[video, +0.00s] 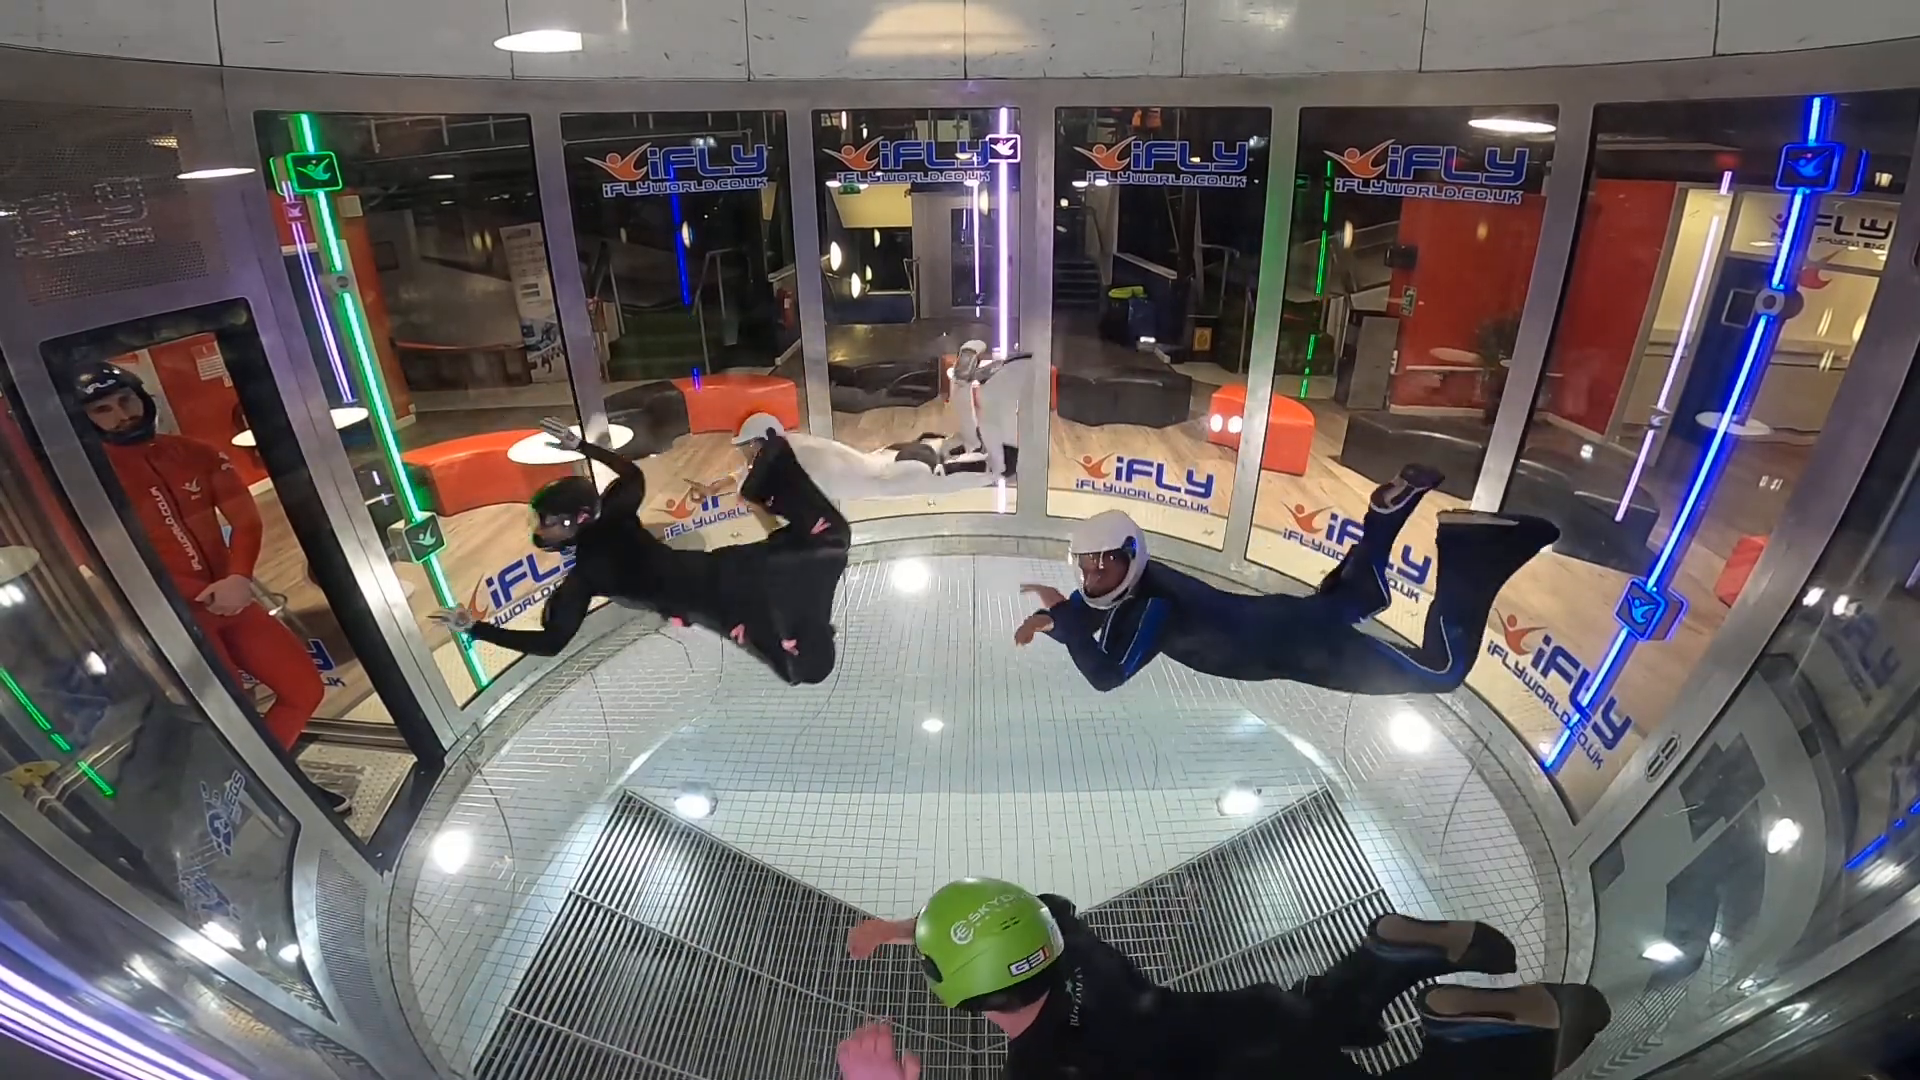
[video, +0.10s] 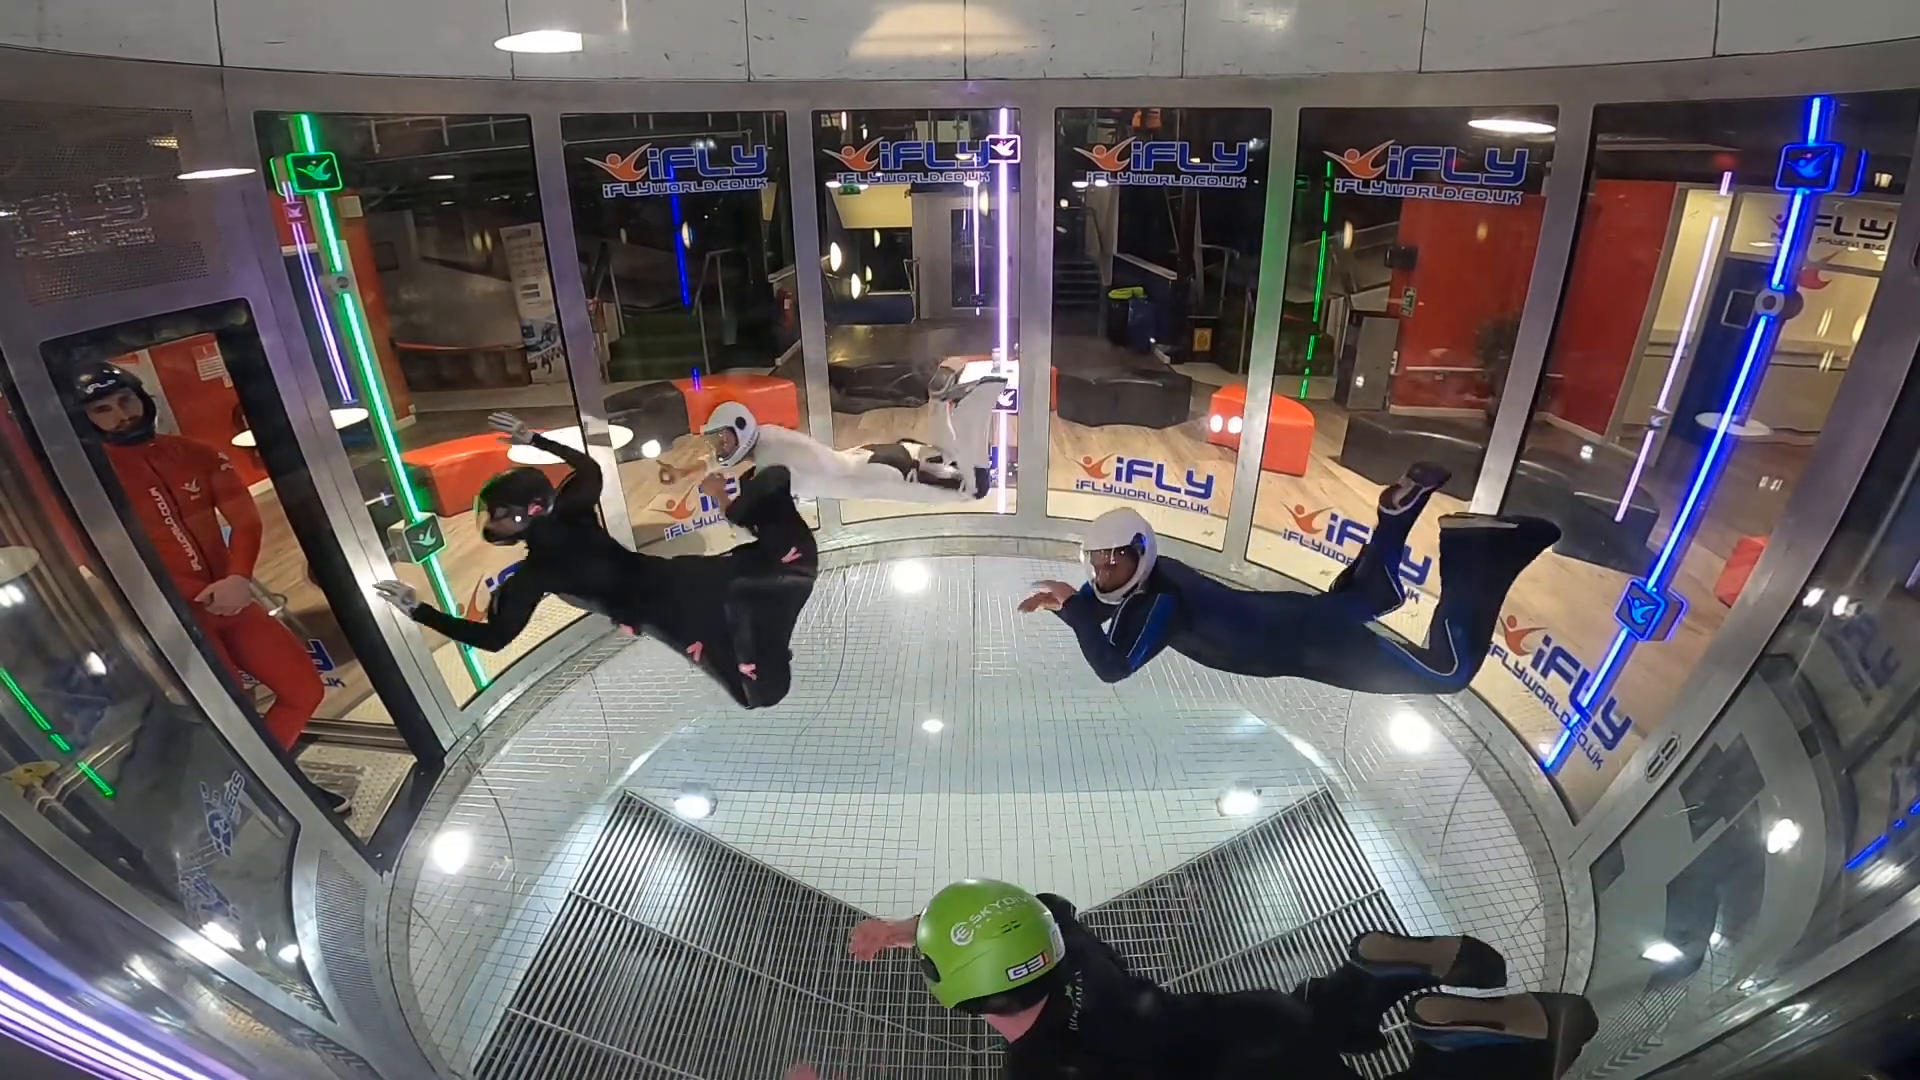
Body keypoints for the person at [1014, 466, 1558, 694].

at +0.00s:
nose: (1089, 574)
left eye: (1100, 562)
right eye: (1084, 563)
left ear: (1129, 563)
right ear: (1086, 563)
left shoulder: (1153, 603)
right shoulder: (1129, 580)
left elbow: (1107, 674)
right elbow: (1093, 602)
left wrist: (1063, 619)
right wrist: (1055, 611)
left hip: (1315, 647)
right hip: (1293, 621)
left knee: (1445, 671)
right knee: (1355, 590)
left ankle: (1471, 556)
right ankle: (1392, 512)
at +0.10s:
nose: (1101, 572)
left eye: (1110, 561)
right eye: (1095, 562)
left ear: (1139, 559)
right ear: (1098, 559)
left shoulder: (1163, 598)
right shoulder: (1144, 571)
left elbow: (1113, 667)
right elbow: (1102, 604)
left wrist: (1074, 609)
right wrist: (1065, 593)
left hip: (1320, 645)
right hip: (1301, 616)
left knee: (1447, 670)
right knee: (1372, 590)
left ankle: (1476, 559)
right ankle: (1399, 513)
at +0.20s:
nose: (1111, 563)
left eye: (1121, 554)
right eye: (1108, 555)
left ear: (1146, 554)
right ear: (1120, 554)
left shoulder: (1165, 596)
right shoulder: (1162, 562)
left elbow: (1109, 657)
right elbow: (1119, 577)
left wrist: (1084, 588)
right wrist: (1075, 594)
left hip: (1326, 644)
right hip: (1310, 612)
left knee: (1447, 670)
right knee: (1378, 587)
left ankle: (1479, 559)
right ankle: (1415, 512)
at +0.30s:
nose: (1115, 552)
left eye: (1124, 545)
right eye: (1112, 544)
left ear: (1147, 547)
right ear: (1125, 542)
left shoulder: (1168, 590)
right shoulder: (1164, 551)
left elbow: (1111, 649)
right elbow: (1124, 576)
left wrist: (1086, 586)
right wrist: (1085, 593)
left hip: (1326, 639)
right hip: (1311, 607)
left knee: (1441, 672)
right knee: (1384, 583)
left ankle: (1473, 568)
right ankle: (1425, 513)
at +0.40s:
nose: (1111, 547)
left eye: (1120, 538)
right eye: (1111, 537)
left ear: (1143, 539)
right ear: (1135, 537)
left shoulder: (1165, 576)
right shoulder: (1165, 551)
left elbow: (1111, 637)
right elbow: (1124, 614)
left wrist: (1088, 583)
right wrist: (1098, 576)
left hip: (1315, 632)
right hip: (1308, 601)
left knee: (1430, 675)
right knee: (1383, 579)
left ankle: (1461, 576)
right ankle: (1433, 509)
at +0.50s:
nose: (1109, 541)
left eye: (1117, 532)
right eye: (1107, 531)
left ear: (1140, 534)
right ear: (1126, 531)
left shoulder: (1161, 572)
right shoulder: (1160, 544)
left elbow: (1106, 629)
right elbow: (1121, 602)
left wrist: (1084, 575)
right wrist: (1083, 578)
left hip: (1310, 626)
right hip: (1306, 595)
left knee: (1416, 673)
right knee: (1377, 573)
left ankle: (1450, 576)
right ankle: (1432, 499)